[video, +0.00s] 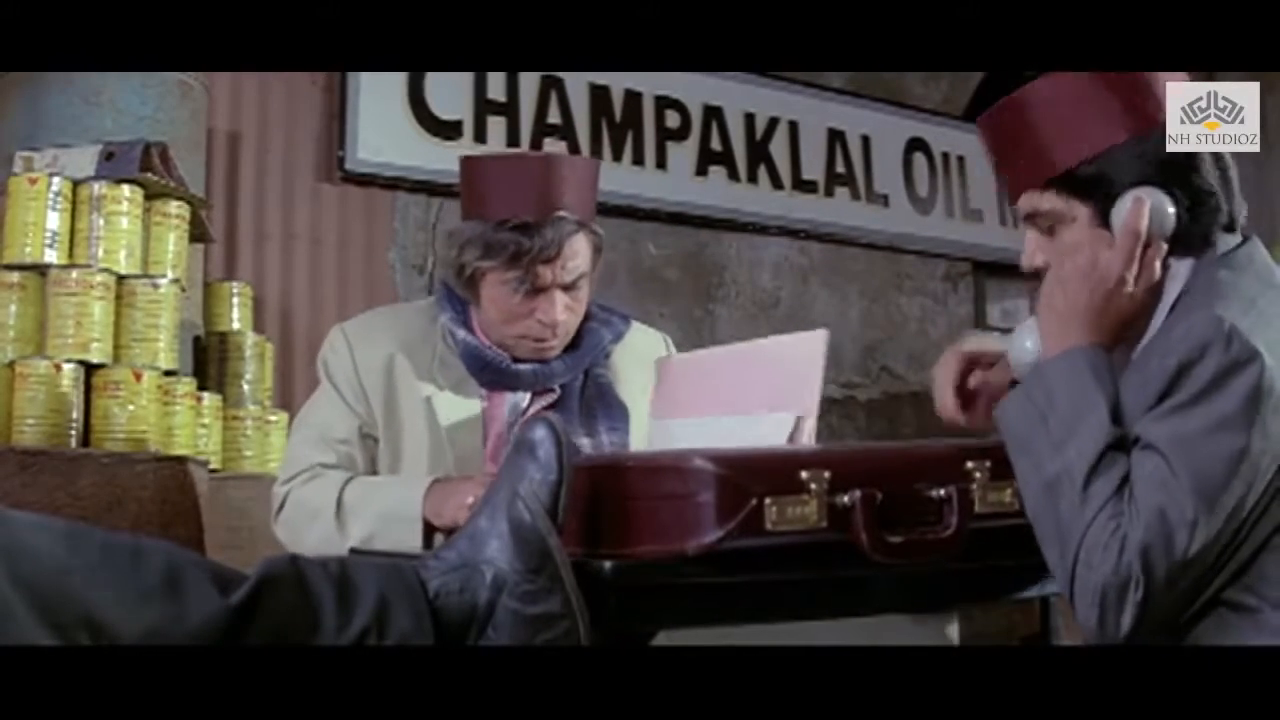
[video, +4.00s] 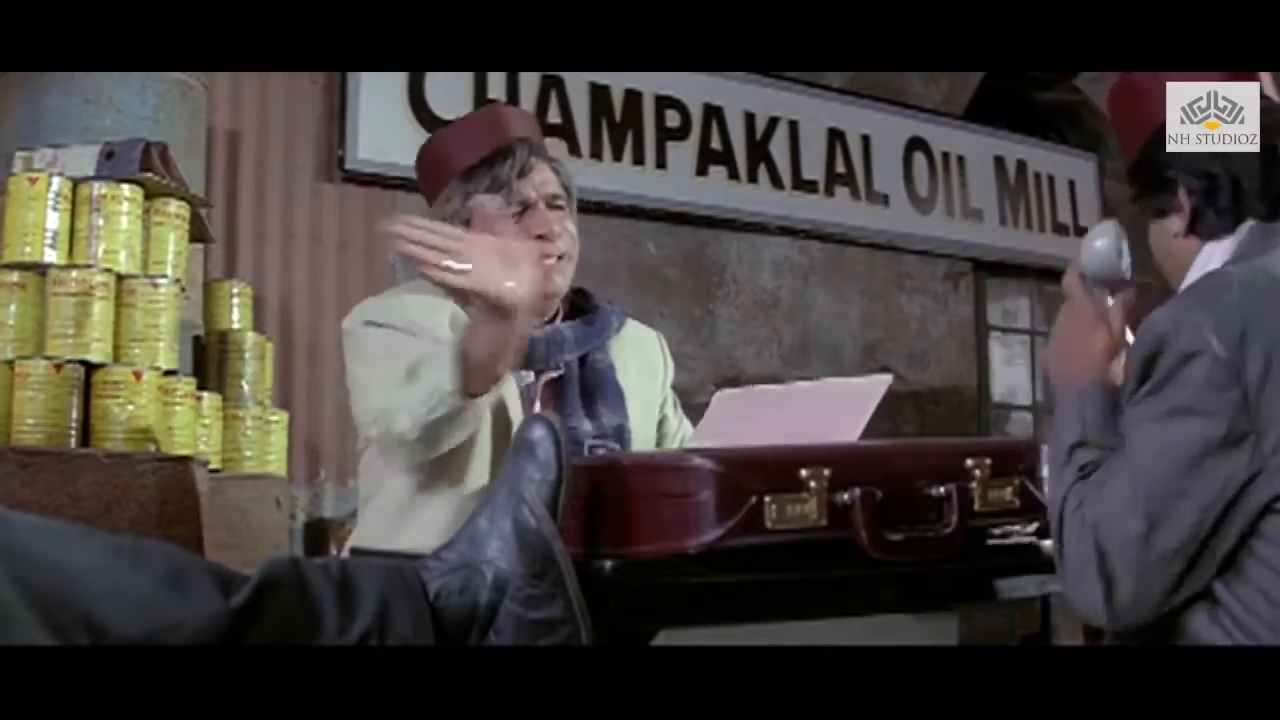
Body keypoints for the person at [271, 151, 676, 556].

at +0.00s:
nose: (553, 315)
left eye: (573, 286)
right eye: (526, 288)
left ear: (593, 272)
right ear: (469, 273)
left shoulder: (645, 359)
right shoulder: (368, 355)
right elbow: (300, 500)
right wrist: (426, 502)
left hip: (589, 624)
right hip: (419, 628)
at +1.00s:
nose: (560, 299)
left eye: (578, 273)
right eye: (534, 273)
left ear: (598, 267)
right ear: (476, 264)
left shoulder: (649, 362)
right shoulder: (375, 349)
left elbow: (691, 490)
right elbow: (294, 489)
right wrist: (406, 506)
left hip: (595, 621)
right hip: (425, 625)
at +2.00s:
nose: (556, 289)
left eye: (573, 262)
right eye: (529, 262)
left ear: (592, 266)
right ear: (472, 262)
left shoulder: (646, 361)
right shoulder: (378, 343)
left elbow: (686, 496)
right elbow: (305, 492)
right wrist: (445, 400)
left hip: (590, 620)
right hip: (417, 618)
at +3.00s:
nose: (544, 214)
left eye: (557, 199)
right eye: (511, 200)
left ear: (579, 226)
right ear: (454, 239)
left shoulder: (645, 354)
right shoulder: (395, 318)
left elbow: (677, 478)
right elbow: (422, 404)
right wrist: (574, 314)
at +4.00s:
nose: (548, 227)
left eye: (558, 204)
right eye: (517, 208)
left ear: (576, 222)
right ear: (457, 227)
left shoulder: (638, 351)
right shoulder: (392, 326)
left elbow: (679, 476)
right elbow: (420, 427)